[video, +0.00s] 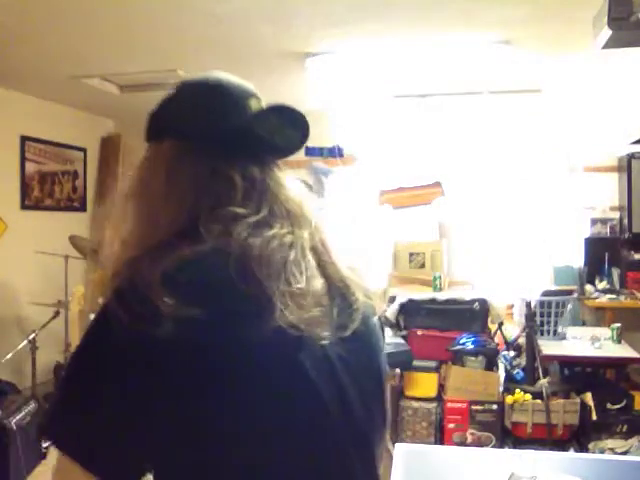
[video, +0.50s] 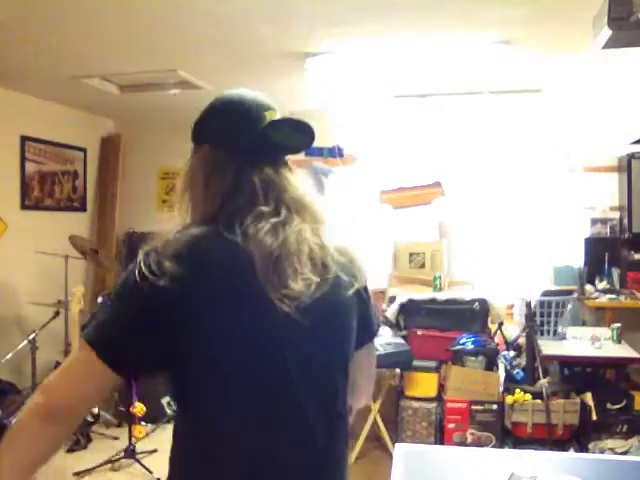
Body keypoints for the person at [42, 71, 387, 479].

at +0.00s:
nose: (137, 187)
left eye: (148, 166)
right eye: (146, 166)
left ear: (166, 180)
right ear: (268, 174)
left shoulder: (157, 300)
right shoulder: (350, 305)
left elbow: (76, 467)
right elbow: (377, 460)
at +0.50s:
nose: (188, 177)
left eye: (193, 164)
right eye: (190, 164)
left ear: (207, 169)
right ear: (286, 169)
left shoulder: (180, 266)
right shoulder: (342, 269)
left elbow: (57, 406)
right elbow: (360, 395)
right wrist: (320, 451)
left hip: (209, 467)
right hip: (318, 469)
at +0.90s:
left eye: (172, 185)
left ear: (183, 189)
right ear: (252, 188)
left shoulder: (155, 277)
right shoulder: (305, 269)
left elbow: (72, 407)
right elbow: (346, 392)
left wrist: (37, 474)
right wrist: (288, 379)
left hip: (189, 471)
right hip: (291, 472)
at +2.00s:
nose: (318, 177)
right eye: (313, 167)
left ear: (228, 169)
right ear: (309, 175)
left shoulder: (178, 264)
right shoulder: (345, 276)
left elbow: (67, 392)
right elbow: (393, 420)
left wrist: (76, 450)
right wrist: (396, 347)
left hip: (195, 469)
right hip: (307, 470)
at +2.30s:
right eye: (248, 166)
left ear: (158, 175)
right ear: (252, 177)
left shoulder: (103, 288)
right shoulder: (295, 294)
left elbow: (5, 419)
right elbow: (349, 459)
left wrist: (38, 461)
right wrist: (377, 376)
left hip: (126, 469)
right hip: (257, 470)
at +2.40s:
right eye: (237, 161)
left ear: (139, 170)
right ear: (238, 173)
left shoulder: (78, 287)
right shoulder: (282, 294)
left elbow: (0, 410)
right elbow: (341, 464)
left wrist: (18, 463)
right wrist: (372, 376)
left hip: (112, 473)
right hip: (246, 475)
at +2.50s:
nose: (244, 169)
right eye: (237, 158)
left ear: (130, 165)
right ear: (230, 169)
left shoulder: (64, 283)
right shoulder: (275, 289)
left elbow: (1, 402)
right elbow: (340, 465)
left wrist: (12, 460)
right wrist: (374, 371)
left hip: (97, 473)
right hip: (237, 475)